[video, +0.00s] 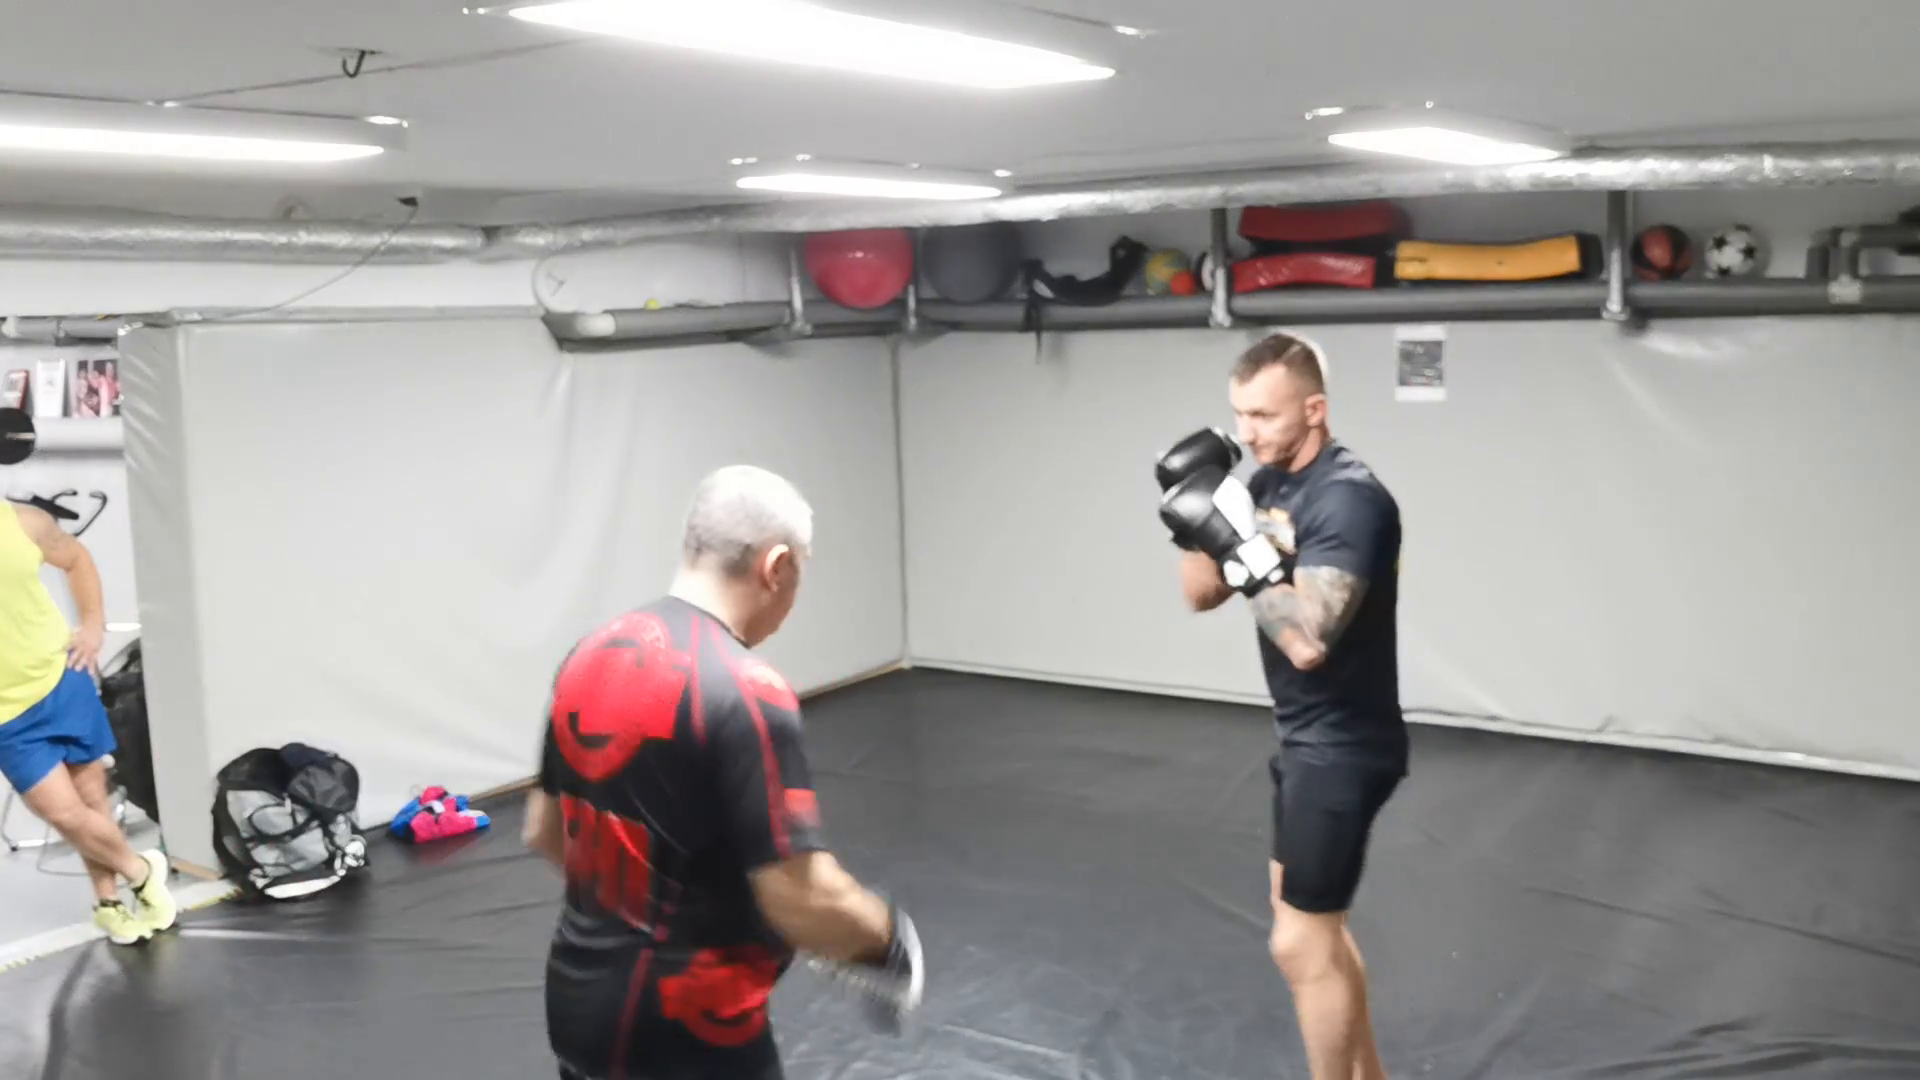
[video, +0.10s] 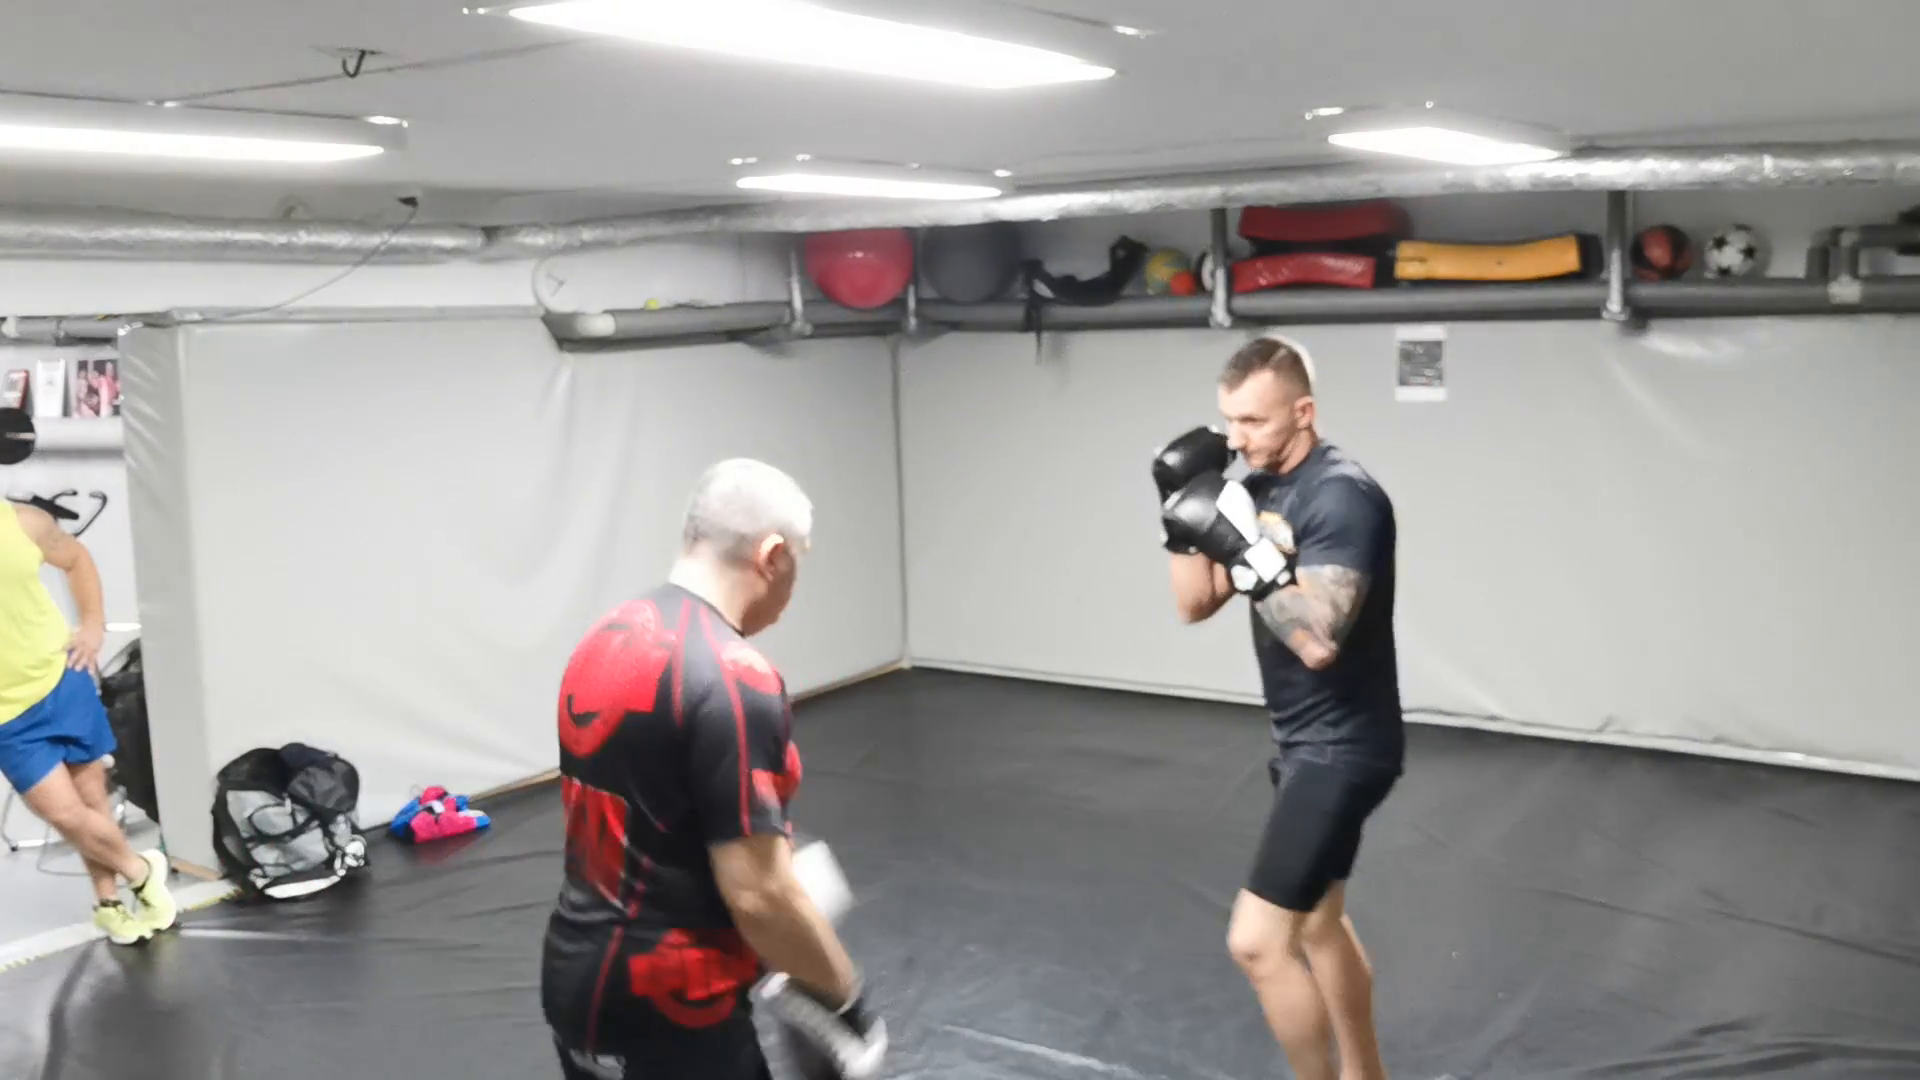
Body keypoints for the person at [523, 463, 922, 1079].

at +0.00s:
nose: (795, 595)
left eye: (802, 575)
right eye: (801, 573)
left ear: (693, 546)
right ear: (774, 567)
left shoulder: (592, 653)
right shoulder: (744, 691)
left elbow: (546, 833)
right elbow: (798, 898)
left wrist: (655, 884)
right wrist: (887, 938)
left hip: (583, 991)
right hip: (694, 1024)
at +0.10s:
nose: (795, 586)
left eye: (802, 566)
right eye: (799, 565)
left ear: (693, 536)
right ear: (769, 556)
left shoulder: (609, 636)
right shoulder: (730, 676)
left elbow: (628, 826)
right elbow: (760, 893)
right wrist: (847, 999)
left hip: (582, 975)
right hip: (674, 1007)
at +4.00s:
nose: (276, 641)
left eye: (275, 615)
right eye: (248, 623)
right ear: (157, 622)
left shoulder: (295, 699)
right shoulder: (33, 756)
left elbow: (403, 857)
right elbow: (3, 971)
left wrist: (348, 1014)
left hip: (275, 1058)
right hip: (111, 1066)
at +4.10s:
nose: (321, 650)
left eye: (323, 626)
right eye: (296, 631)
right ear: (211, 626)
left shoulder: (330, 699)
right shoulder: (70, 759)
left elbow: (442, 853)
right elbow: (8, 965)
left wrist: (378, 1012)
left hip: (304, 1054)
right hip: (140, 1063)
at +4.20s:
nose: (386, 664)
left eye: (389, 640)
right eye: (366, 642)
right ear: (280, 634)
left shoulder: (386, 706)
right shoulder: (131, 765)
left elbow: (504, 832)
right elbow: (45, 979)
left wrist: (463, 975)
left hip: (350, 1058)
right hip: (189, 1066)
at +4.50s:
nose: (620, 628)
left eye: (624, 603)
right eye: (604, 605)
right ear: (521, 598)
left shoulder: (612, 678)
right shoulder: (372, 726)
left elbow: (764, 727)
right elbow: (297, 948)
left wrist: (879, 825)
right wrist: (310, 1074)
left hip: (561, 1049)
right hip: (409, 1057)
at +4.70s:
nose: (741, 613)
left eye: (743, 592)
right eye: (728, 591)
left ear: (666, 582)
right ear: (649, 582)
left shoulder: (723, 667)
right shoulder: (500, 721)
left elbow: (899, 697)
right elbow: (430, 961)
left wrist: (1079, 759)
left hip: (673, 1043)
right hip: (549, 1053)